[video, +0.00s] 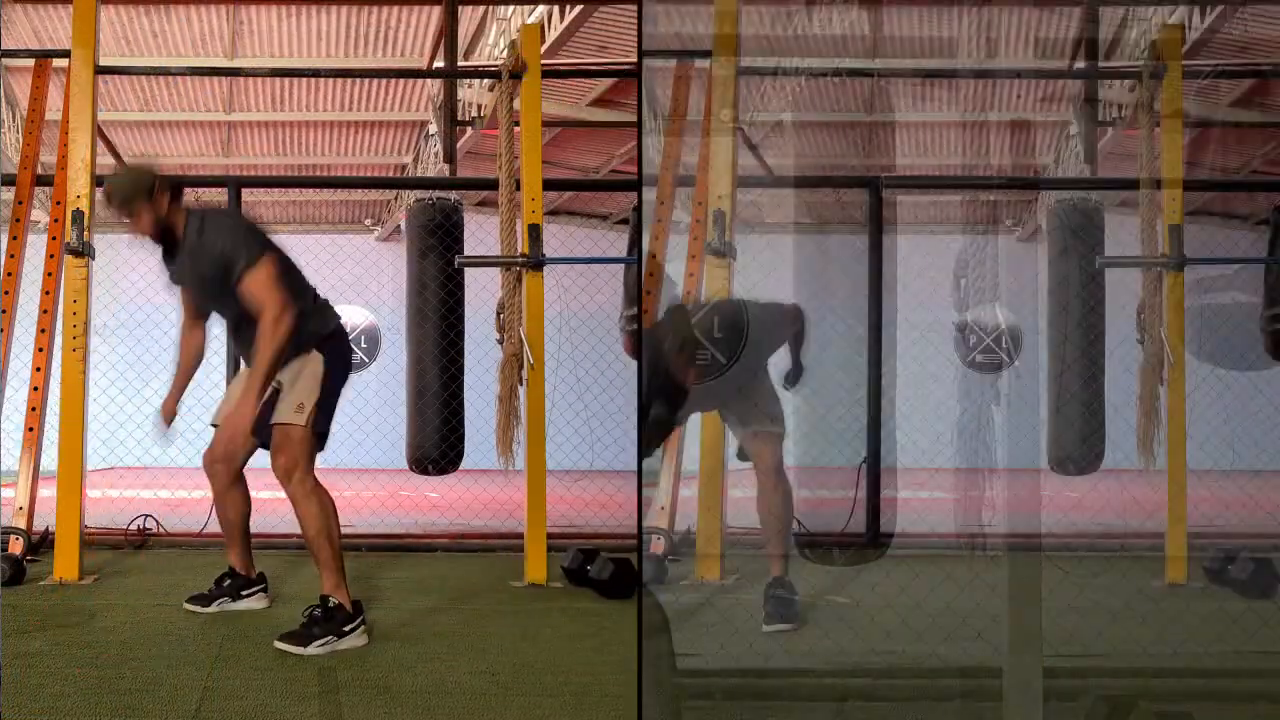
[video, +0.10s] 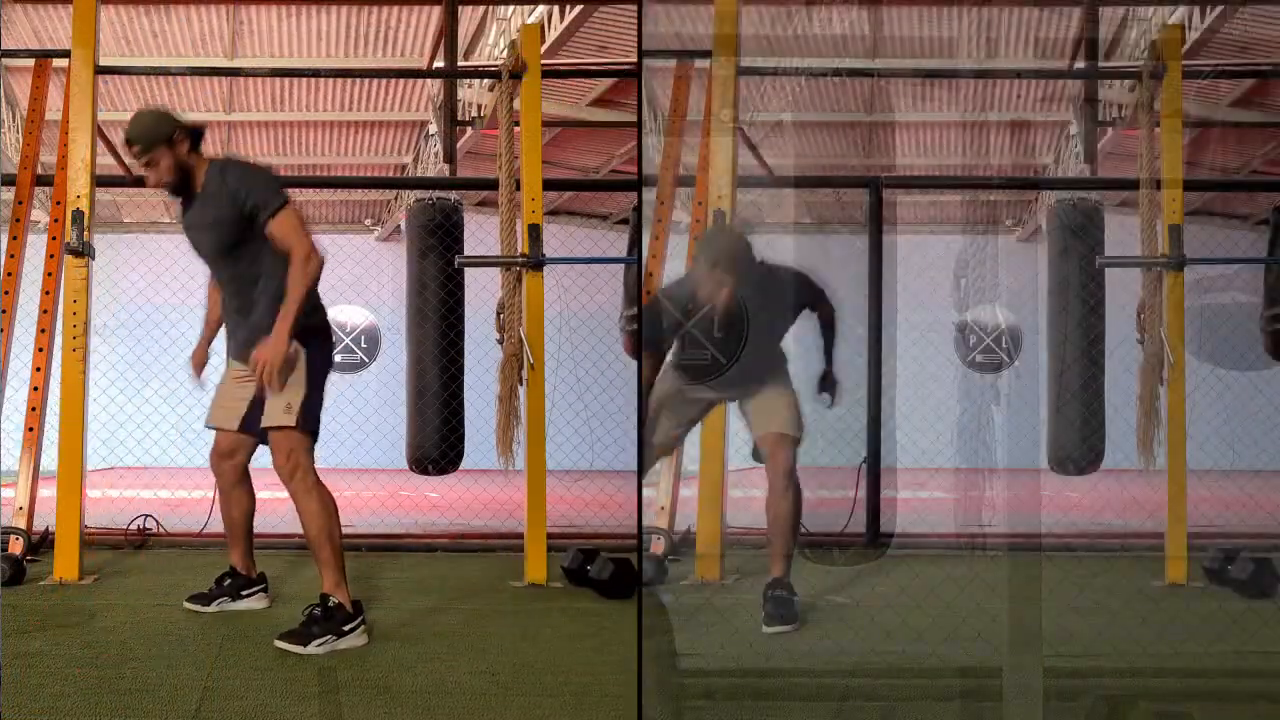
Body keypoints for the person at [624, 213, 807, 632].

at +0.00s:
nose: (692, 375)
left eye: (703, 369)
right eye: (687, 367)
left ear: (730, 354)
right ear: (674, 349)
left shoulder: (757, 325)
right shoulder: (655, 343)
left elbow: (796, 315)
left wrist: (796, 362)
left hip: (743, 379)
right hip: (676, 387)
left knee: (771, 463)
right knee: (637, 456)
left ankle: (778, 582)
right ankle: (644, 554)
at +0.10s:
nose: (717, 292)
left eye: (726, 283)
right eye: (710, 281)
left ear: (742, 276)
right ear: (697, 271)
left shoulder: (778, 286)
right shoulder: (673, 302)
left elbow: (823, 305)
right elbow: (645, 358)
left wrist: (829, 368)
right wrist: (642, 416)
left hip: (761, 375)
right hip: (690, 374)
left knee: (783, 464)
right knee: (636, 458)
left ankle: (779, 585)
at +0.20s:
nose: (757, 222)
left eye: (767, 212)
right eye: (748, 210)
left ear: (783, 202)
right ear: (731, 198)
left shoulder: (815, 230)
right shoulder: (705, 238)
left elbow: (861, 266)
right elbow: (672, 312)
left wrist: (862, 333)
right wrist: (641, 373)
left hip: (791, 358)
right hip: (721, 356)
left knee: (785, 462)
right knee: (671, 448)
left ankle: (779, 584)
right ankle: (619, 548)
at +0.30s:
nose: (790, 177)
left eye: (800, 166)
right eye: (780, 165)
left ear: (815, 155)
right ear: (759, 153)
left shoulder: (846, 193)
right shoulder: (733, 196)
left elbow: (883, 232)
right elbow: (702, 271)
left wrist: (880, 304)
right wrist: (668, 332)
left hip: (819, 335)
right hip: (749, 332)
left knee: (814, 439)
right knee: (711, 431)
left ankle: (799, 569)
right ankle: (695, 553)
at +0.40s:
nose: (818, 164)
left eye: (829, 152)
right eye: (808, 152)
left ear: (845, 142)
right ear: (790, 141)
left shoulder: (876, 187)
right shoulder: (762, 190)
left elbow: (912, 236)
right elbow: (726, 260)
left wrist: (909, 296)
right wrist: (695, 325)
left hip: (850, 332)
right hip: (779, 331)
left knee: (862, 434)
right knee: (747, 441)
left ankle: (869, 561)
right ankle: (743, 568)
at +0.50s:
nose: (853, 162)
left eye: (863, 150)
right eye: (844, 150)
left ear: (877, 142)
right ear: (823, 142)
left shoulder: (905, 198)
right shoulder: (799, 196)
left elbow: (943, 259)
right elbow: (769, 267)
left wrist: (941, 306)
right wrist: (733, 334)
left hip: (878, 353)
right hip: (805, 351)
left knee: (915, 457)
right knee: (774, 458)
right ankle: (759, 584)